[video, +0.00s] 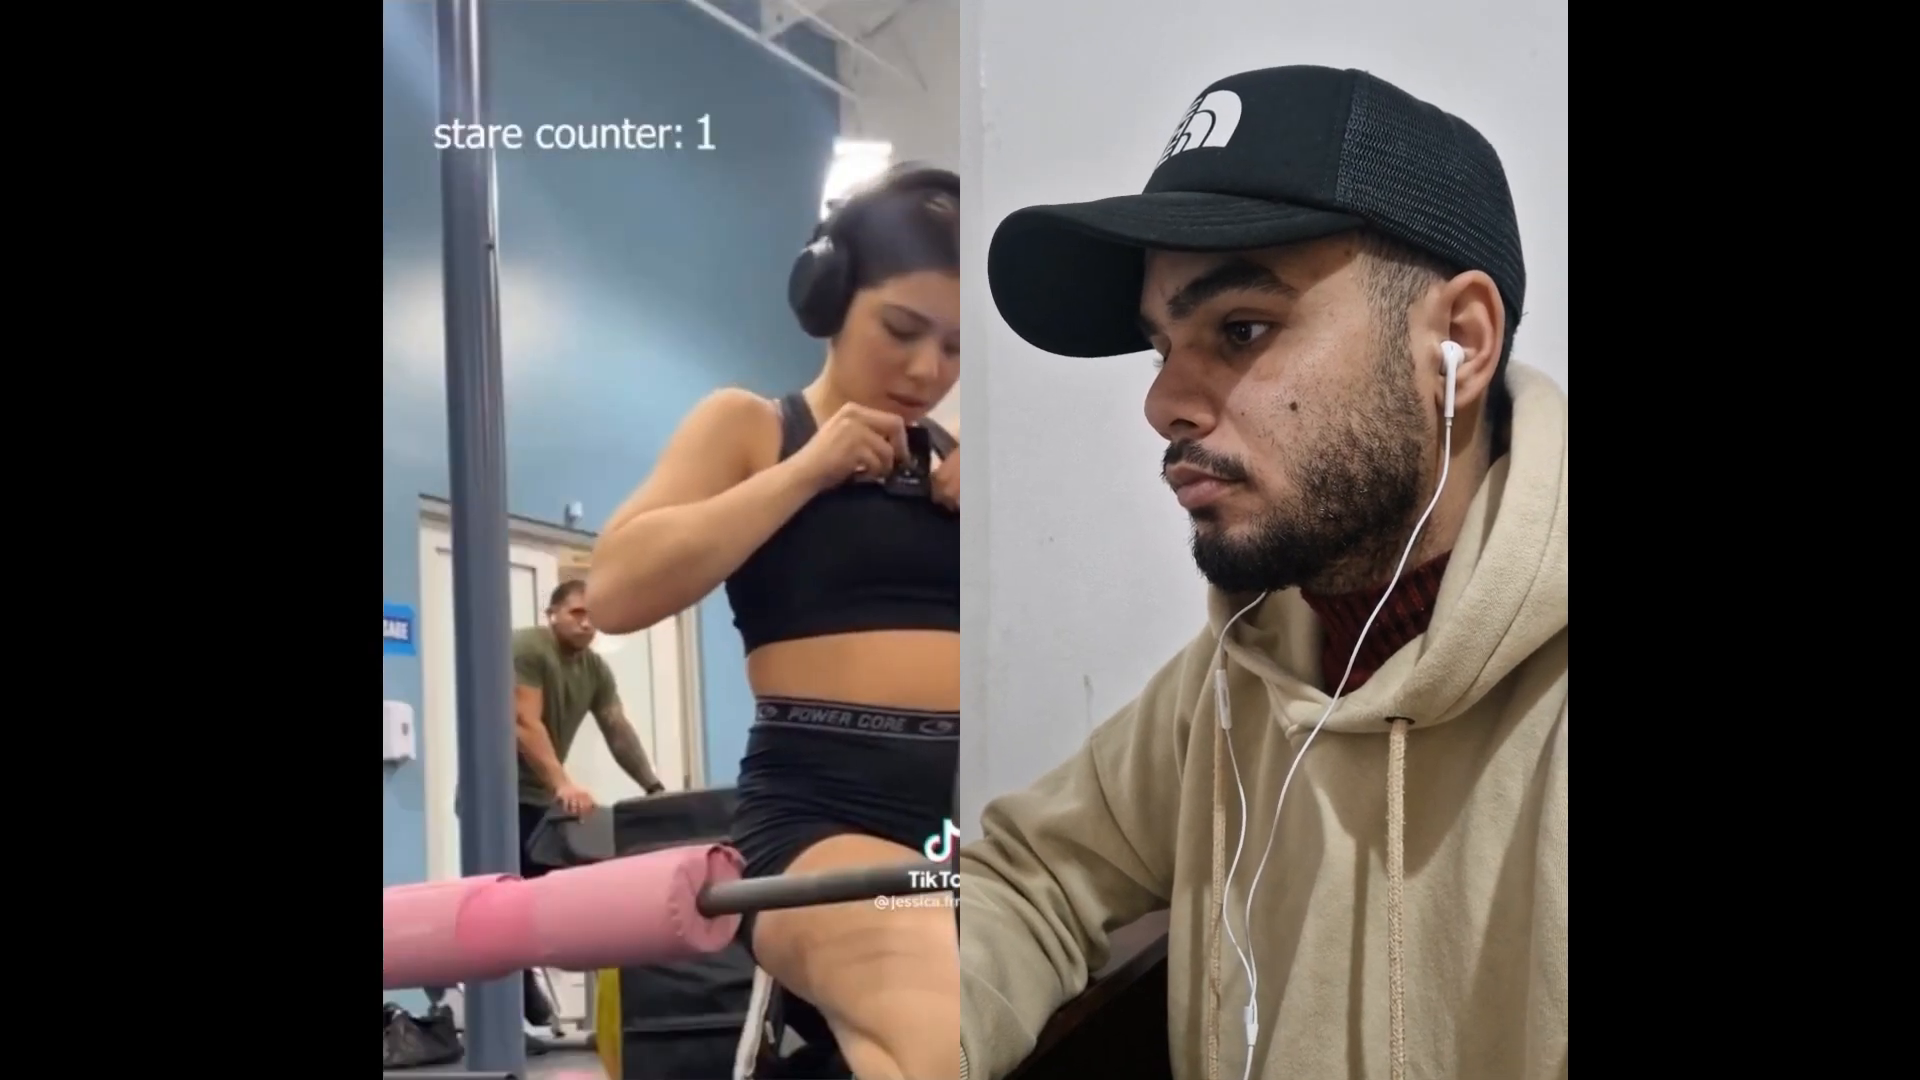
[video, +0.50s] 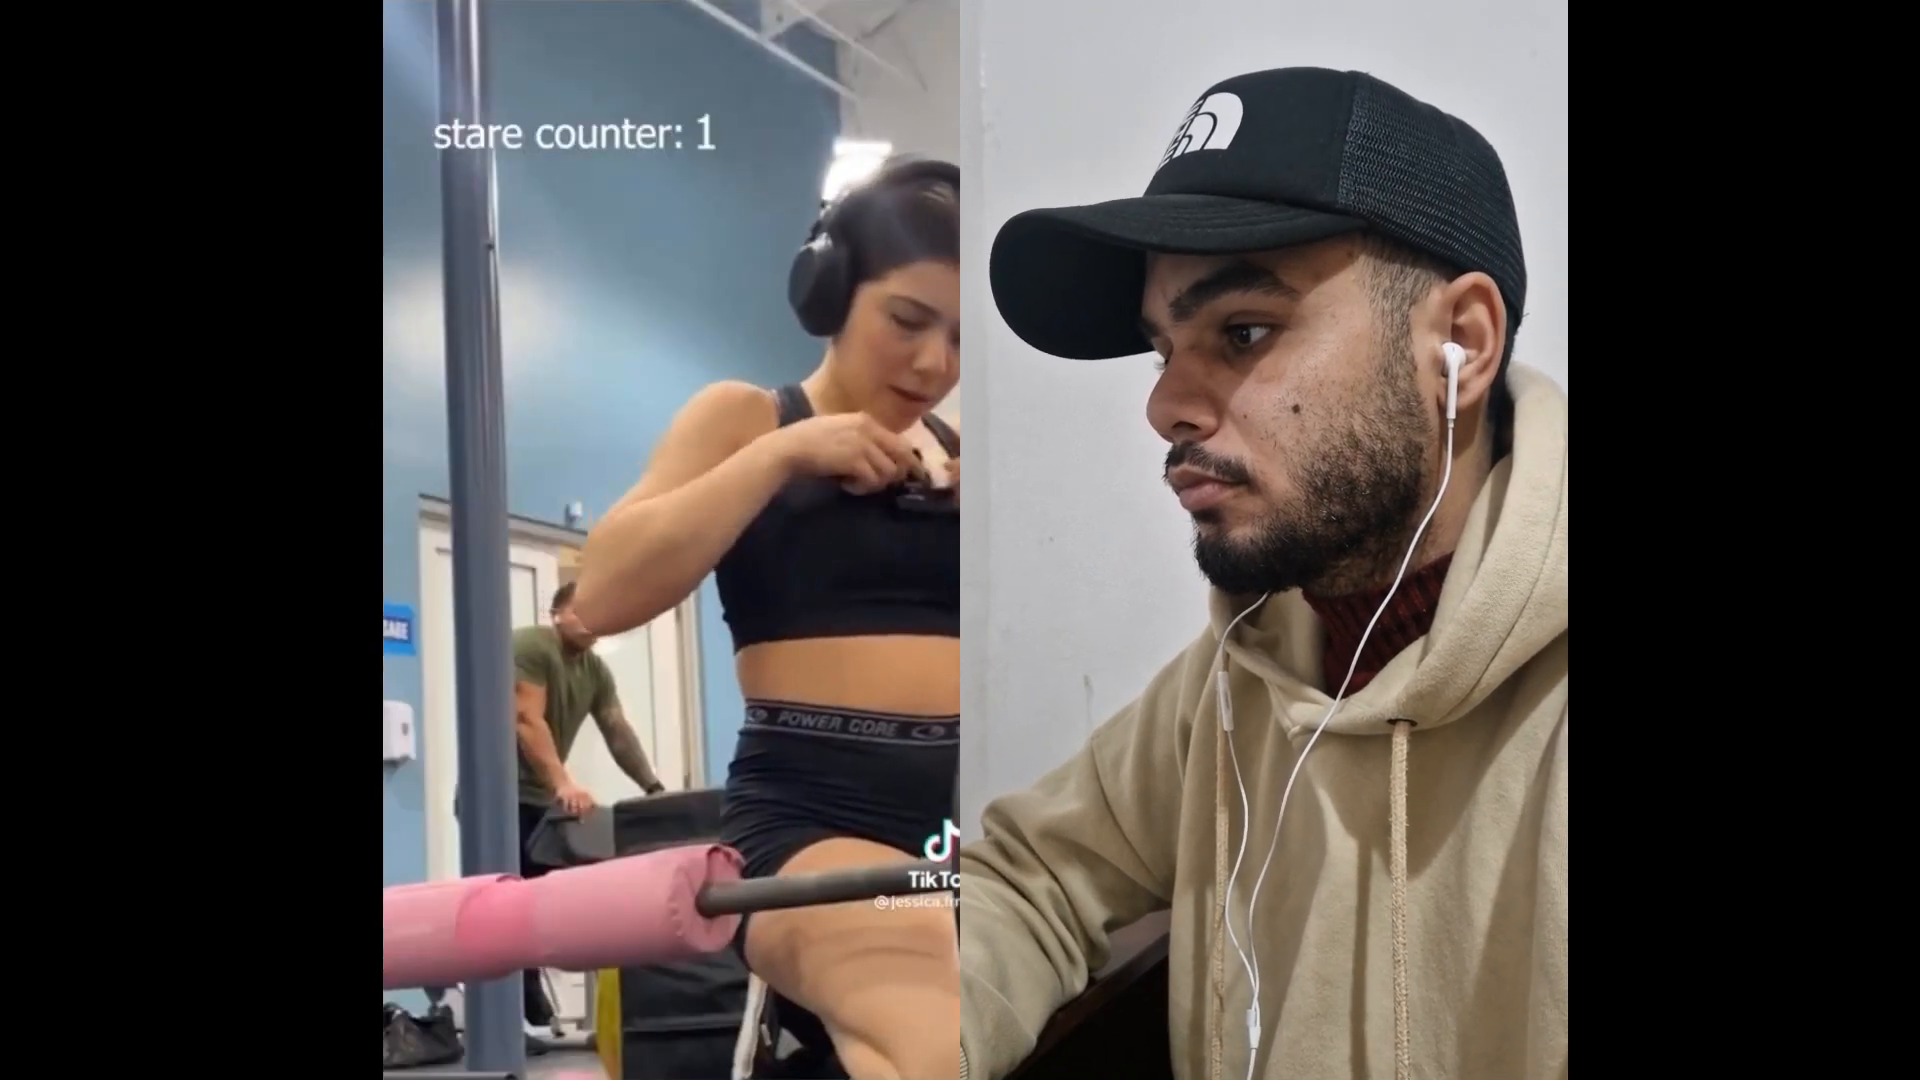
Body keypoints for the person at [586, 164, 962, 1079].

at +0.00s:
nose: (927, 369)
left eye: (954, 343)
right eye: (902, 329)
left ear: (976, 347)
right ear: (833, 301)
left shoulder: (970, 464)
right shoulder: (747, 426)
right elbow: (615, 596)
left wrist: (994, 498)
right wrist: (808, 470)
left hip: (996, 798)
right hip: (820, 799)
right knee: (947, 1018)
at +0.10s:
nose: (926, 368)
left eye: (952, 343)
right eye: (900, 329)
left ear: (974, 345)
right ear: (830, 302)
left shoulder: (968, 465)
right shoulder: (745, 424)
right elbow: (614, 592)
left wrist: (994, 494)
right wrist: (807, 469)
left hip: (993, 797)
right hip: (817, 797)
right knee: (949, 1020)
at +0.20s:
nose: (924, 369)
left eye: (952, 343)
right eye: (899, 329)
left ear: (973, 345)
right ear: (829, 301)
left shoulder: (966, 463)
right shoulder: (743, 423)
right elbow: (610, 585)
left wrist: (989, 495)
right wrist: (809, 470)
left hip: (992, 798)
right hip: (815, 798)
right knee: (945, 1013)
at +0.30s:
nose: (925, 369)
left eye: (952, 343)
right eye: (900, 329)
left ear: (973, 346)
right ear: (828, 299)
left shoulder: (974, 463)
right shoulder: (743, 423)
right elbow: (599, 578)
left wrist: (993, 496)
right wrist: (804, 471)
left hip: (994, 801)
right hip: (813, 802)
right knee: (945, 1017)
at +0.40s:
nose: (928, 368)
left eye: (955, 341)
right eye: (904, 326)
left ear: (974, 345)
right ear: (830, 298)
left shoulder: (973, 462)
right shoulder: (743, 421)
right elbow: (590, 579)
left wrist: (992, 498)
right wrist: (795, 468)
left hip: (992, 804)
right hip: (809, 804)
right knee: (943, 1013)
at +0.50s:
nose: (935, 363)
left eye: (960, 332)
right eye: (909, 319)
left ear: (980, 336)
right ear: (833, 295)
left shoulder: (970, 454)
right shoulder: (741, 419)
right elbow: (594, 603)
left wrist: (988, 485)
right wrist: (781, 453)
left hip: (990, 801)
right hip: (809, 801)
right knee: (944, 1020)